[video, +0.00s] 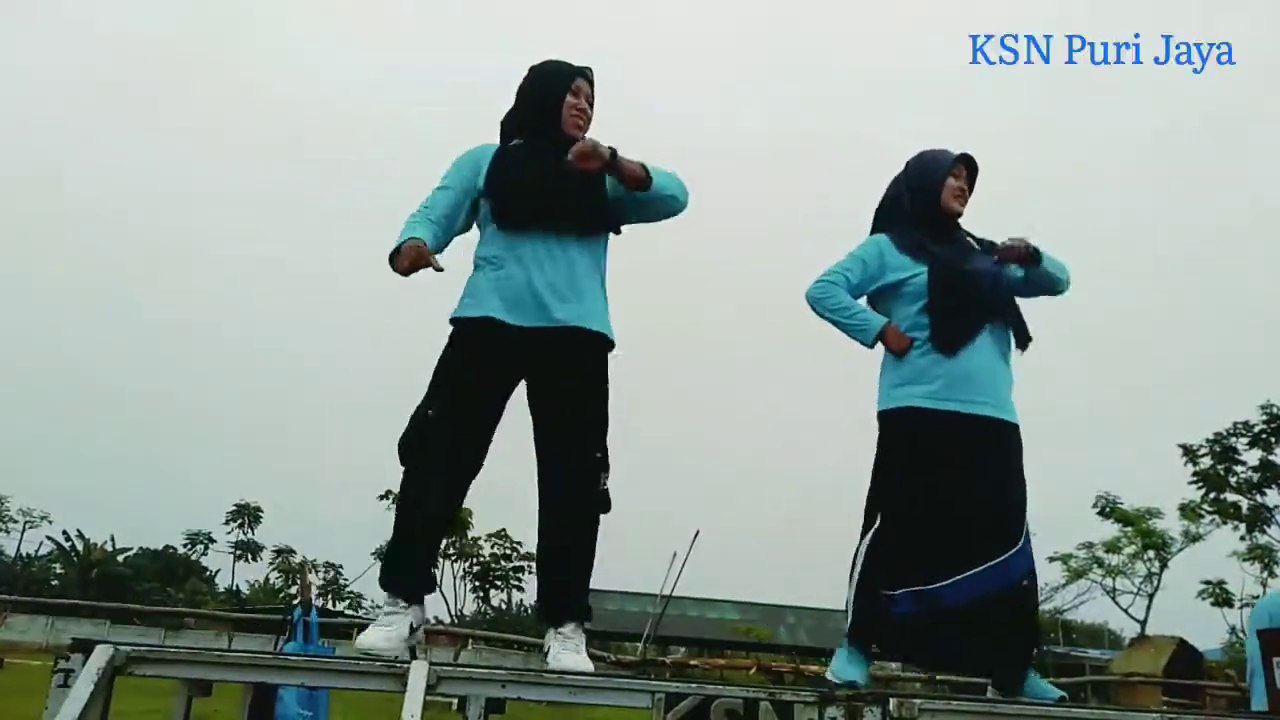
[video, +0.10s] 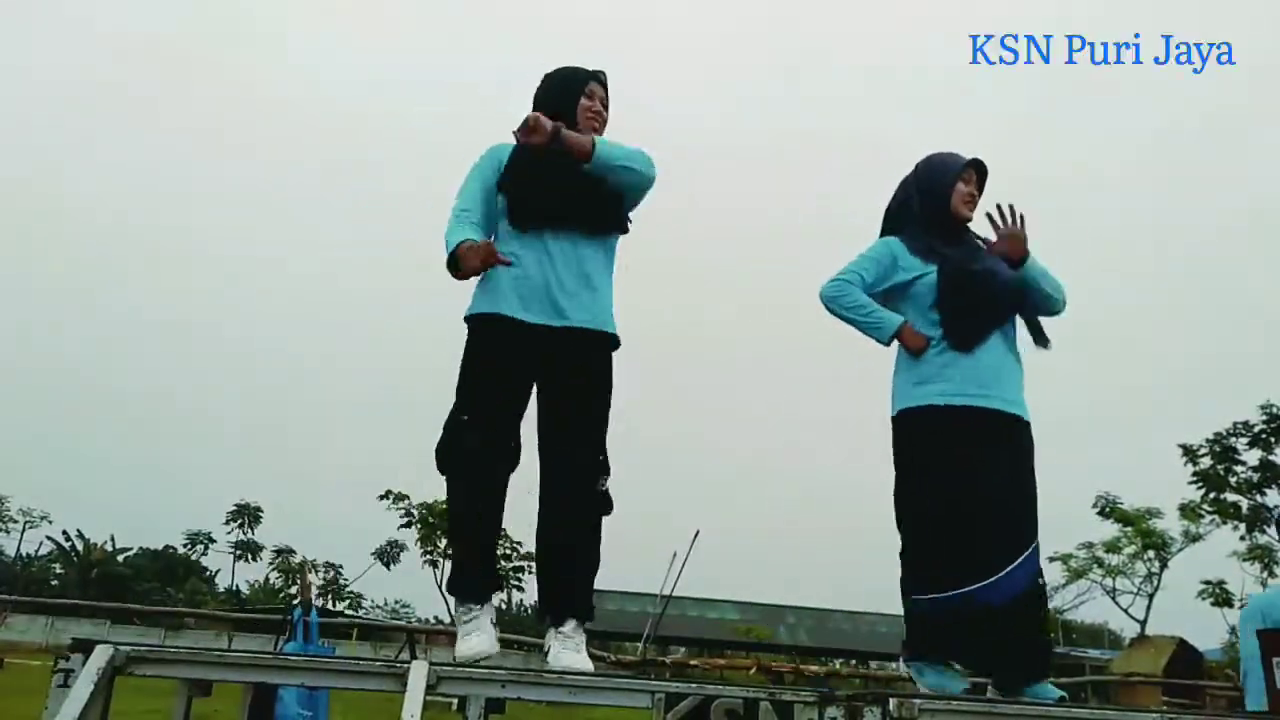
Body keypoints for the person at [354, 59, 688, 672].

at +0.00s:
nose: (583, 106)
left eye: (588, 100)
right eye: (573, 94)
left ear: (589, 114)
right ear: (539, 97)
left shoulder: (601, 179)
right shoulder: (489, 159)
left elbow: (676, 196)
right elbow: (442, 206)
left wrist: (616, 164)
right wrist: (418, 240)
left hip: (577, 329)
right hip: (491, 319)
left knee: (574, 478)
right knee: (436, 453)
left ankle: (566, 630)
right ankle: (402, 606)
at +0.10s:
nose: (598, 108)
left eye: (603, 104)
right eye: (588, 99)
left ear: (603, 120)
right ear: (555, 104)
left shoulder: (610, 168)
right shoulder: (503, 158)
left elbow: (644, 169)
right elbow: (466, 215)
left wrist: (558, 137)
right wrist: (468, 249)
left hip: (584, 328)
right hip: (503, 318)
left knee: (576, 475)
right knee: (478, 460)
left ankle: (567, 624)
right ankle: (473, 608)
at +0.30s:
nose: (610, 126)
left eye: (615, 120)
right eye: (600, 114)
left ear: (617, 132)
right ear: (567, 117)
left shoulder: (616, 191)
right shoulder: (513, 173)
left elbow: (649, 171)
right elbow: (482, 237)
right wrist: (514, 275)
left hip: (606, 352)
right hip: (523, 348)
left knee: (632, 477)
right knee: (501, 482)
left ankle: (591, 609)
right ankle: (500, 626)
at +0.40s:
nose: (618, 112)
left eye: (623, 108)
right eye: (608, 102)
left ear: (623, 125)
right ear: (575, 106)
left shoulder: (636, 179)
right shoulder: (522, 172)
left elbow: (704, 173)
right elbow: (489, 228)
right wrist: (486, 268)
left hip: (619, 341)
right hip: (535, 341)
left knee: (654, 468)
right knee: (509, 478)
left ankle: (640, 609)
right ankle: (500, 624)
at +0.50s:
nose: (631, 111)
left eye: (636, 106)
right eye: (620, 102)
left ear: (638, 124)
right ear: (588, 109)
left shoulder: (653, 179)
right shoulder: (537, 175)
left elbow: (733, 205)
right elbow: (497, 234)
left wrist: (829, 225)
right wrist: (468, 272)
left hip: (637, 338)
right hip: (552, 339)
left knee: (670, 480)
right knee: (524, 481)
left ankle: (686, 625)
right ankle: (502, 624)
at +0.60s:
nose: (644, 116)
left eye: (651, 112)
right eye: (632, 109)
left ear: (657, 127)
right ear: (606, 121)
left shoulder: (679, 187)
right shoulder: (566, 186)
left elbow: (743, 243)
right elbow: (510, 252)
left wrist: (813, 291)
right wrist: (451, 284)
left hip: (662, 351)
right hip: (575, 351)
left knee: (684, 495)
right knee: (535, 487)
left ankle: (699, 639)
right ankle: (504, 628)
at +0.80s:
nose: (656, 118)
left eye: (667, 110)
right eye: (647, 111)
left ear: (688, 122)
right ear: (635, 124)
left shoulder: (719, 190)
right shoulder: (606, 185)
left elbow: (754, 257)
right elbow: (554, 243)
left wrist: (766, 299)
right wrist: (511, 248)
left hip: (696, 348)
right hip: (615, 342)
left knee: (703, 490)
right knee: (581, 448)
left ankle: (697, 638)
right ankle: (564, 603)